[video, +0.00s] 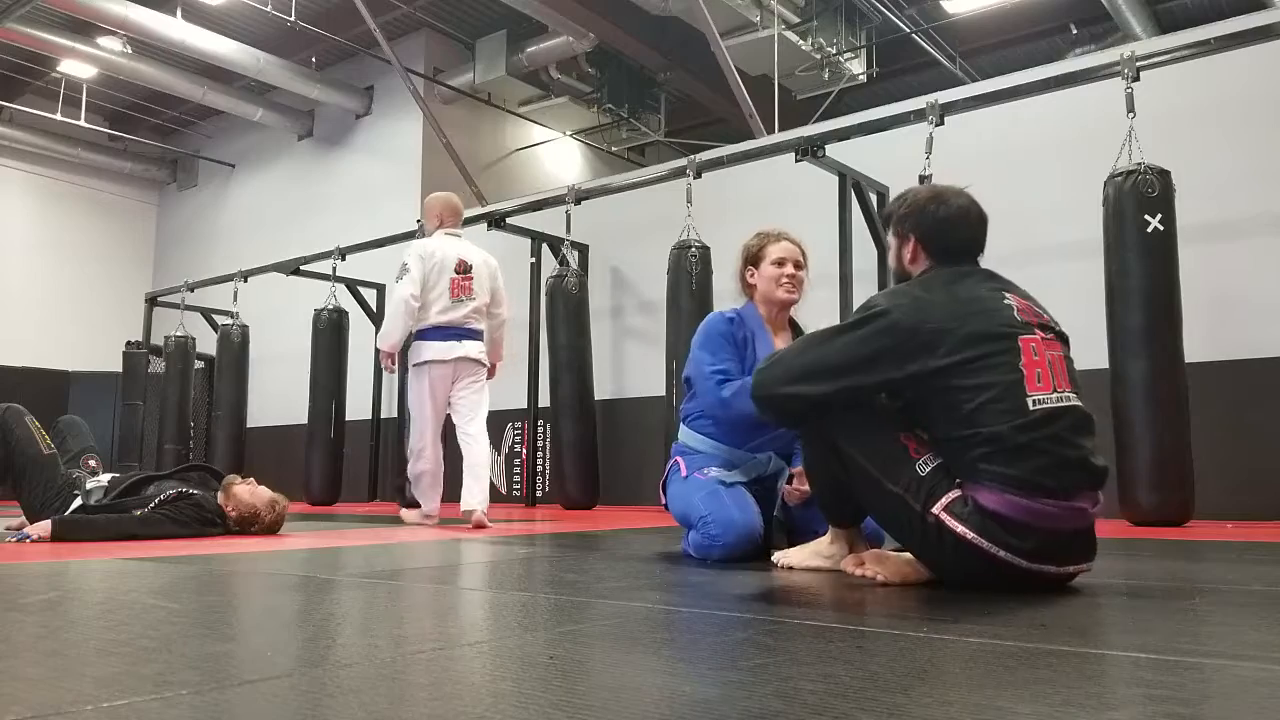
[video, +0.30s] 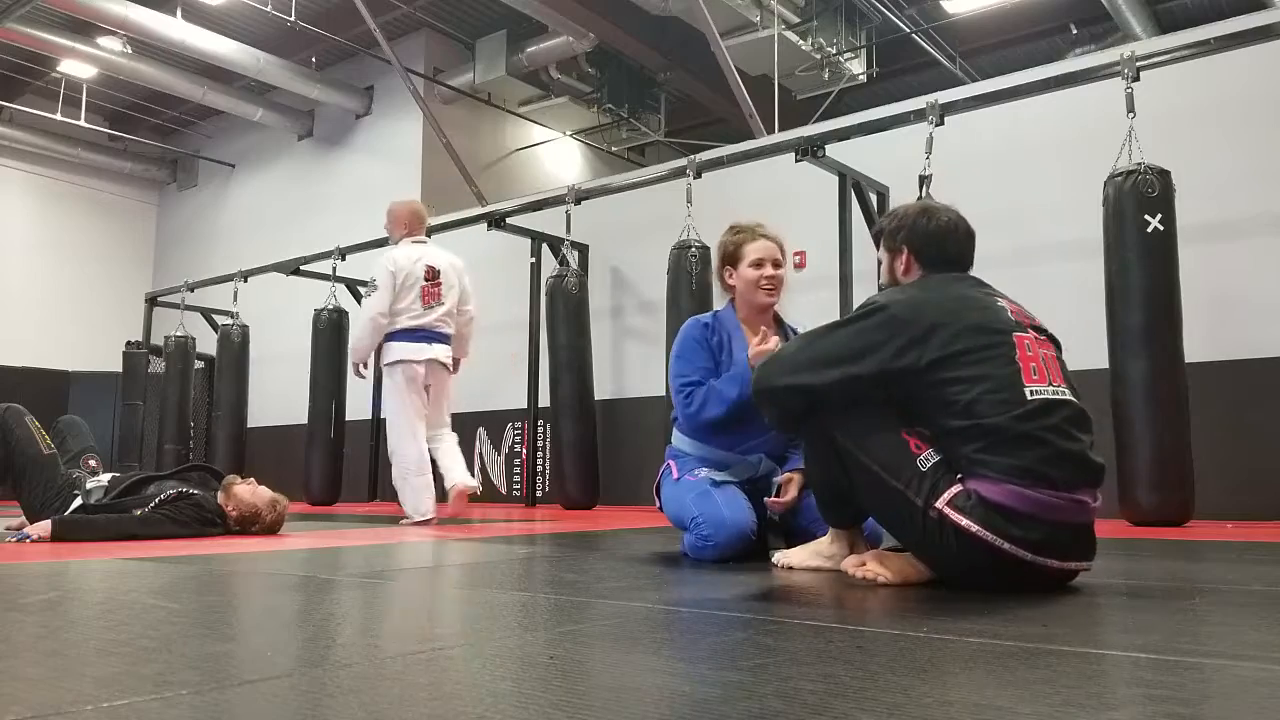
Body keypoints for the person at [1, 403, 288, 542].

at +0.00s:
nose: (248, 477)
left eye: (250, 488)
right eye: (256, 483)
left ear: (235, 510)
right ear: (236, 504)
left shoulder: (199, 513)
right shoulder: (214, 487)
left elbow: (130, 525)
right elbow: (150, 485)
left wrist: (56, 526)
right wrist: (112, 481)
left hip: (69, 500)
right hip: (99, 486)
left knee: (11, 415)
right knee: (69, 422)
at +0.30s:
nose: (248, 476)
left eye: (251, 487)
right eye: (257, 483)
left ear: (234, 510)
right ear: (236, 505)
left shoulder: (199, 513)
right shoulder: (215, 487)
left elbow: (130, 525)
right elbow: (150, 486)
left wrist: (56, 526)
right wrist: (112, 481)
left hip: (69, 500)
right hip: (99, 485)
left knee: (11, 414)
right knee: (69, 422)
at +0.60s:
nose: (248, 477)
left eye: (250, 488)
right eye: (256, 483)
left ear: (234, 510)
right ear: (235, 504)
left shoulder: (199, 513)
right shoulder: (216, 490)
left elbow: (130, 524)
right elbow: (153, 483)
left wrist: (54, 526)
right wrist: (111, 477)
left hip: (69, 500)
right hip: (101, 485)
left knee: (12, 414)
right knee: (69, 421)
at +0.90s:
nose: (248, 476)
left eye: (251, 487)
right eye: (257, 483)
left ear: (234, 510)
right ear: (236, 505)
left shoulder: (199, 514)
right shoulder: (217, 489)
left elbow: (130, 525)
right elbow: (155, 483)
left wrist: (56, 526)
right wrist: (115, 478)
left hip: (70, 501)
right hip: (103, 485)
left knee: (11, 414)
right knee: (68, 421)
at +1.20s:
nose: (247, 479)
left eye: (250, 489)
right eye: (255, 484)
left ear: (234, 510)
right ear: (236, 505)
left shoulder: (199, 513)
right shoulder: (216, 490)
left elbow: (130, 525)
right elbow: (155, 483)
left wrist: (56, 526)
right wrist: (114, 479)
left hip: (69, 501)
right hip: (101, 486)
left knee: (11, 414)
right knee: (70, 421)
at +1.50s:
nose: (251, 477)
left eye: (253, 488)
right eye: (259, 483)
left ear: (234, 508)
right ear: (237, 502)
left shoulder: (198, 514)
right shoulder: (216, 483)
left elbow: (129, 525)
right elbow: (155, 483)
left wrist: (57, 526)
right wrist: (115, 481)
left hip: (69, 500)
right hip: (102, 484)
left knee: (11, 414)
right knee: (70, 422)